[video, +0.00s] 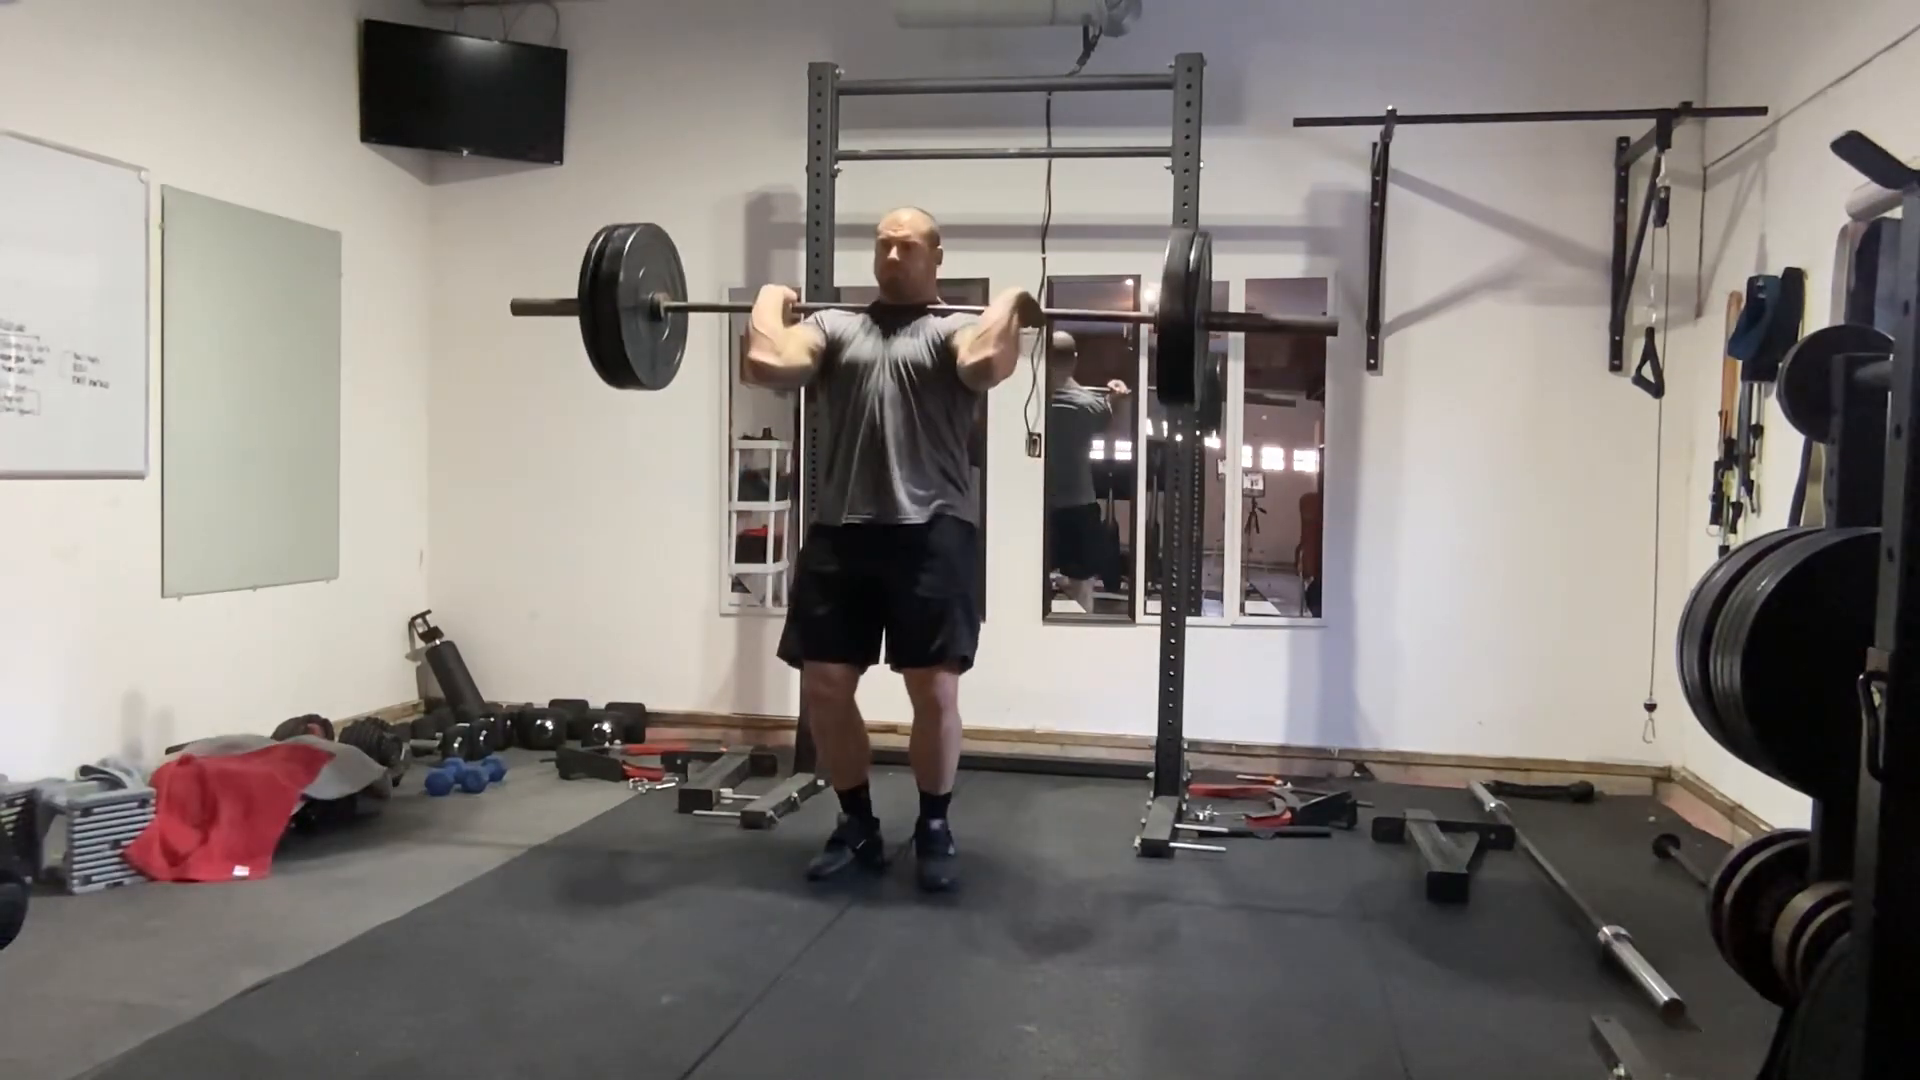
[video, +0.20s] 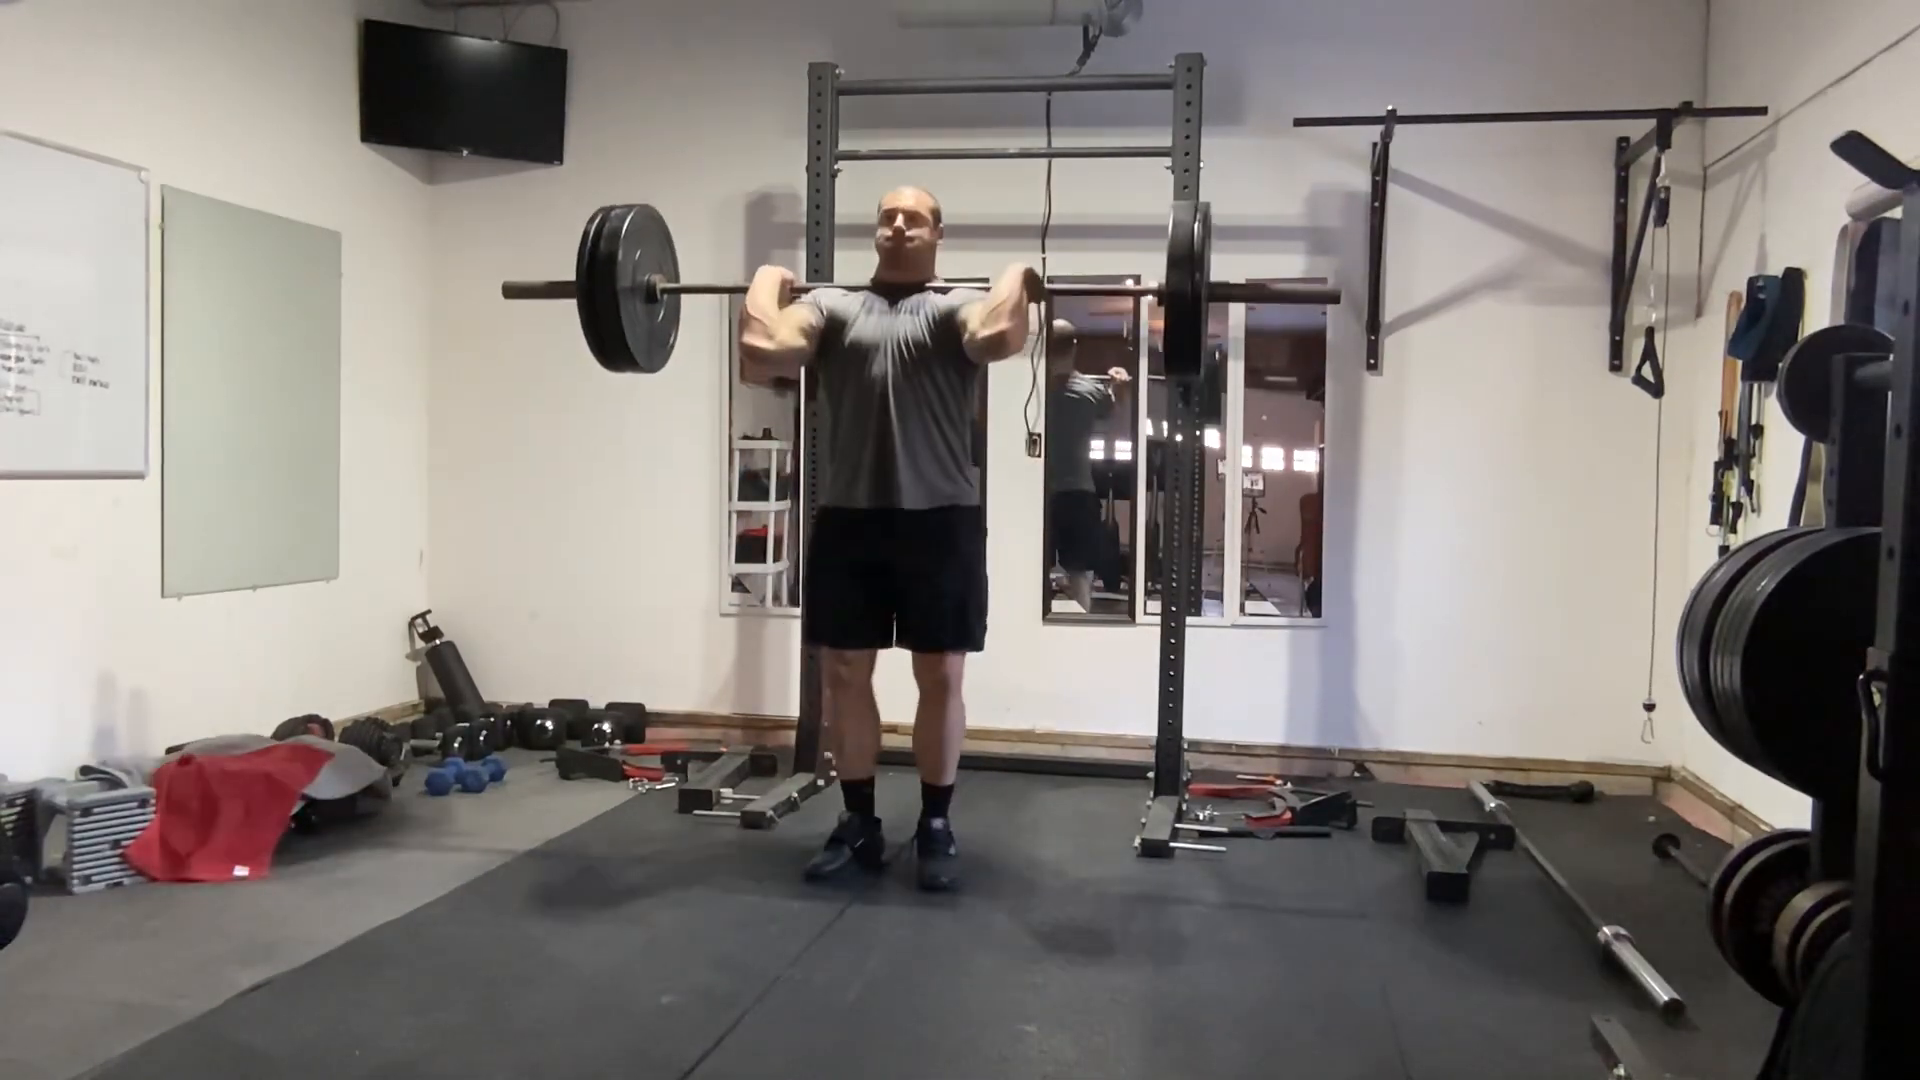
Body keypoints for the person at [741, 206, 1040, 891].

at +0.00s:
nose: (891, 255)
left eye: (906, 246)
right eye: (883, 245)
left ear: (936, 262)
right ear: (871, 260)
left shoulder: (956, 326)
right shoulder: (836, 325)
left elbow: (984, 366)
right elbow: (767, 361)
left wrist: (1009, 304)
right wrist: (771, 297)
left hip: (931, 529)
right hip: (840, 528)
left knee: (933, 685)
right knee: (824, 682)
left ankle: (933, 832)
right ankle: (857, 830)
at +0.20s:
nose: (897, 227)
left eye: (913, 219)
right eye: (888, 218)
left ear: (938, 239)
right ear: (873, 235)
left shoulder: (956, 307)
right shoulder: (832, 305)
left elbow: (1000, 337)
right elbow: (761, 351)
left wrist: (1016, 277)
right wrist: (767, 281)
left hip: (939, 516)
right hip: (848, 513)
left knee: (939, 674)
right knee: (845, 670)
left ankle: (935, 831)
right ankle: (858, 827)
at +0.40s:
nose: (895, 263)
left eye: (910, 255)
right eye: (885, 255)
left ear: (936, 274)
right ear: (870, 272)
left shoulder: (958, 341)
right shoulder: (832, 342)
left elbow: (997, 379)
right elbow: (760, 382)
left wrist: (1011, 313)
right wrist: (764, 313)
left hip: (945, 546)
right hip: (847, 545)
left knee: (957, 694)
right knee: (808, 681)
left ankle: (936, 831)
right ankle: (858, 830)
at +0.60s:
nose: (894, 304)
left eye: (910, 297)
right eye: (884, 295)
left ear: (935, 316)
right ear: (868, 314)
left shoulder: (959, 386)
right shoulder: (830, 388)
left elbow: (995, 433)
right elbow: (761, 439)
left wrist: (1008, 360)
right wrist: (764, 365)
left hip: (941, 586)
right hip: (842, 582)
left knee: (947, 722)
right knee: (796, 710)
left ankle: (935, 833)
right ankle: (859, 834)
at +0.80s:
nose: (897, 248)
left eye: (913, 242)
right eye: (887, 240)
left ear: (937, 267)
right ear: (872, 263)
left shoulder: (956, 339)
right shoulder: (833, 337)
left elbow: (1000, 379)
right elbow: (767, 387)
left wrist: (1012, 310)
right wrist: (763, 317)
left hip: (940, 544)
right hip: (846, 541)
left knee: (947, 696)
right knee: (818, 687)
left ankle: (935, 832)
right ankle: (860, 832)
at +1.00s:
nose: (907, 208)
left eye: (921, 206)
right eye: (896, 205)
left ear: (943, 235)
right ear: (877, 229)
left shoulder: (957, 292)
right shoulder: (835, 283)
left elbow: (1026, 263)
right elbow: (746, 271)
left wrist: (1026, 173)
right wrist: (757, 187)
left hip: (932, 488)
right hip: (845, 489)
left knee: (935, 659)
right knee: (850, 659)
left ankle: (943, 826)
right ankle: (850, 821)